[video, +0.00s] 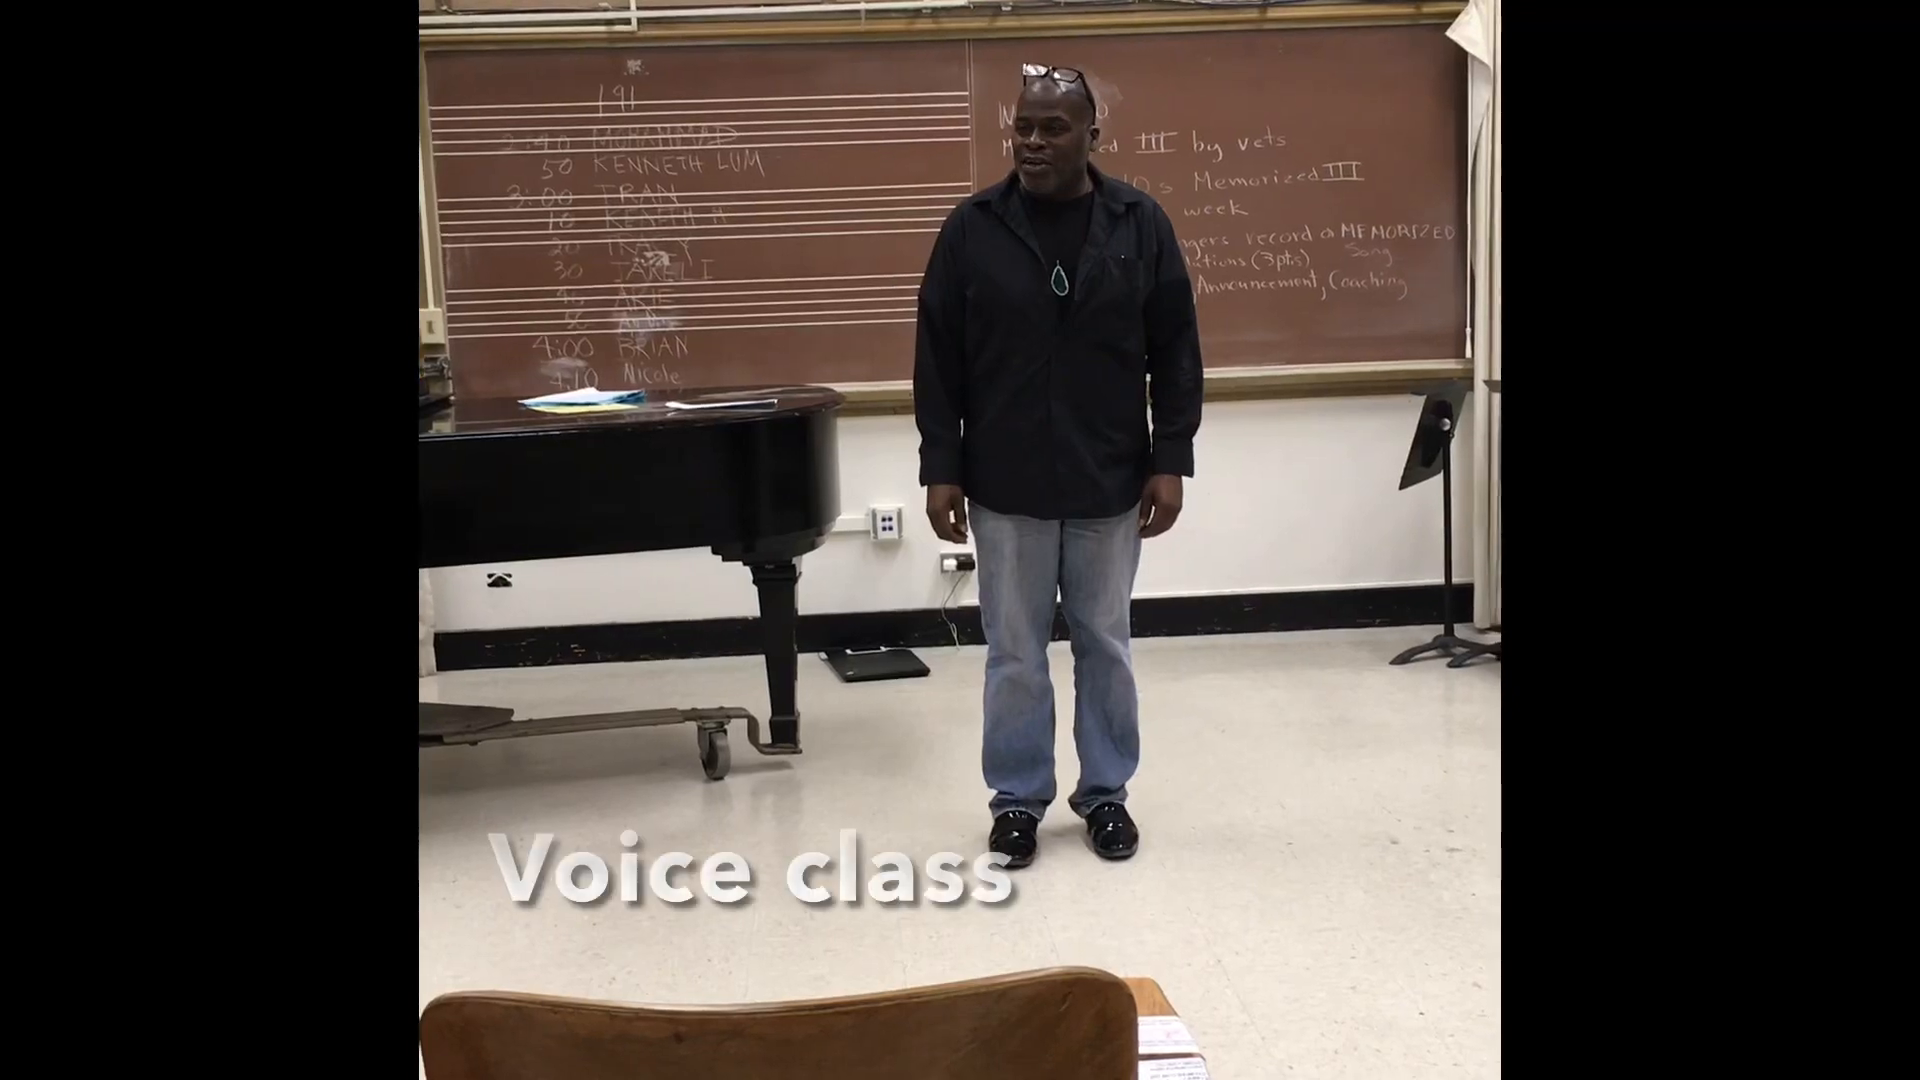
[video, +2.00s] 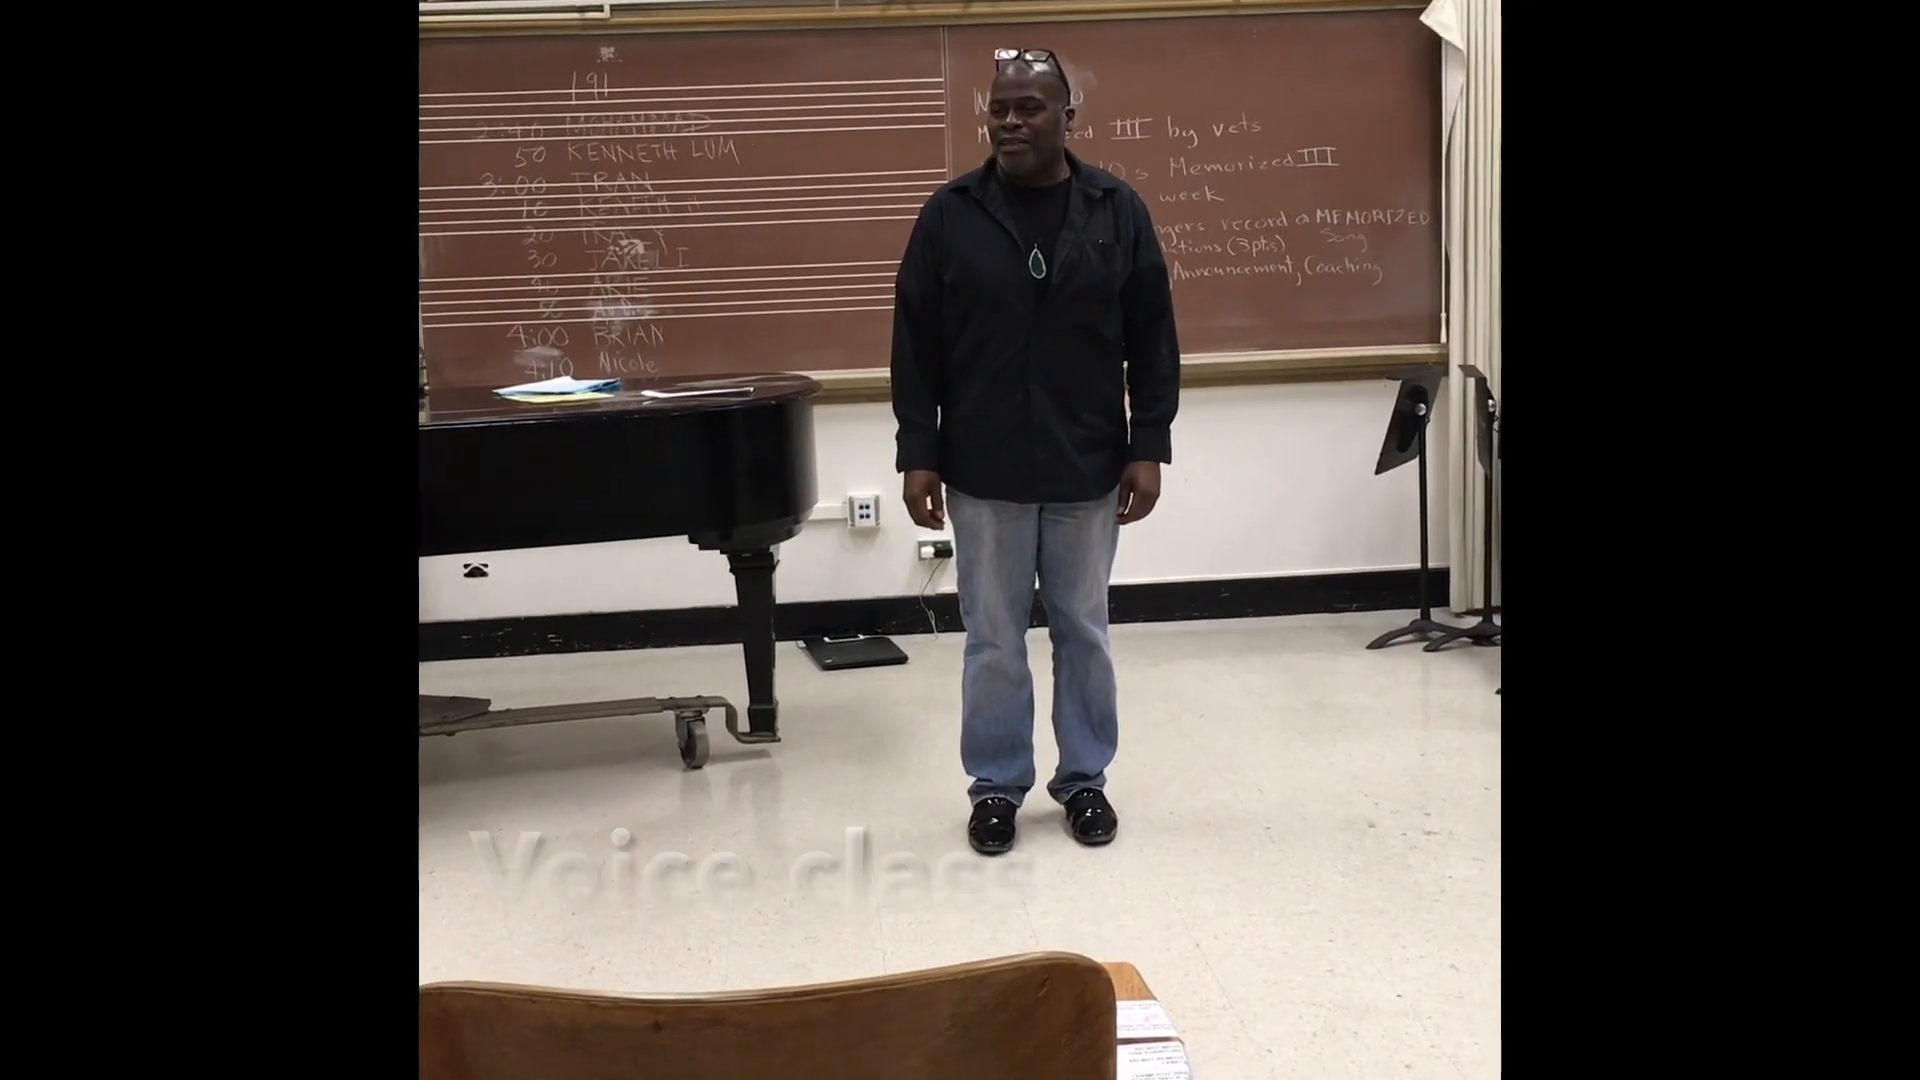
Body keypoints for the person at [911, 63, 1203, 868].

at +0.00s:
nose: (1033, 142)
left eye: (1051, 130)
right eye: (1023, 128)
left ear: (1092, 135)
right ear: (1010, 131)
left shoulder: (1139, 224)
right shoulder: (970, 229)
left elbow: (1176, 352)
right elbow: (938, 357)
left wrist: (1170, 463)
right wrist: (940, 470)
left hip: (1108, 474)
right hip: (1004, 476)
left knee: (1105, 644)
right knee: (1014, 651)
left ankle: (1106, 793)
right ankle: (1016, 800)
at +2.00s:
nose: (1009, 123)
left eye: (1027, 109)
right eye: (998, 109)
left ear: (1067, 117)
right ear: (985, 116)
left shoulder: (1116, 210)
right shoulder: (949, 214)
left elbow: (1153, 337)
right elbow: (915, 342)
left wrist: (1148, 448)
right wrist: (918, 455)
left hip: (1087, 459)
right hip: (983, 462)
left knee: (1083, 630)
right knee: (993, 637)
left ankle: (1084, 780)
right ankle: (994, 785)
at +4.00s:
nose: (999, 116)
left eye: (1017, 101)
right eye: (995, 102)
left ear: (1069, 112)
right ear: (991, 111)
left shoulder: (1136, 200)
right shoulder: (968, 210)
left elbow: (1174, 330)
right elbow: (939, 337)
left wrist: (1165, 445)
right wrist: (939, 451)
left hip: (1109, 454)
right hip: (1005, 457)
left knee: (1110, 625)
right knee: (1019, 631)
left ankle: (1114, 772)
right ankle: (1023, 780)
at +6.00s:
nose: (1058, 109)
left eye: (1074, 96)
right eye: (1041, 97)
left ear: (1099, 109)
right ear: (1017, 113)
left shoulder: (1145, 206)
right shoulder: (976, 215)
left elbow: (1182, 333)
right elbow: (944, 344)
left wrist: (1177, 446)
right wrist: (951, 459)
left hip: (1120, 457)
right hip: (1017, 461)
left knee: (1119, 628)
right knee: (1027, 634)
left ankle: (1121, 776)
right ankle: (1031, 784)